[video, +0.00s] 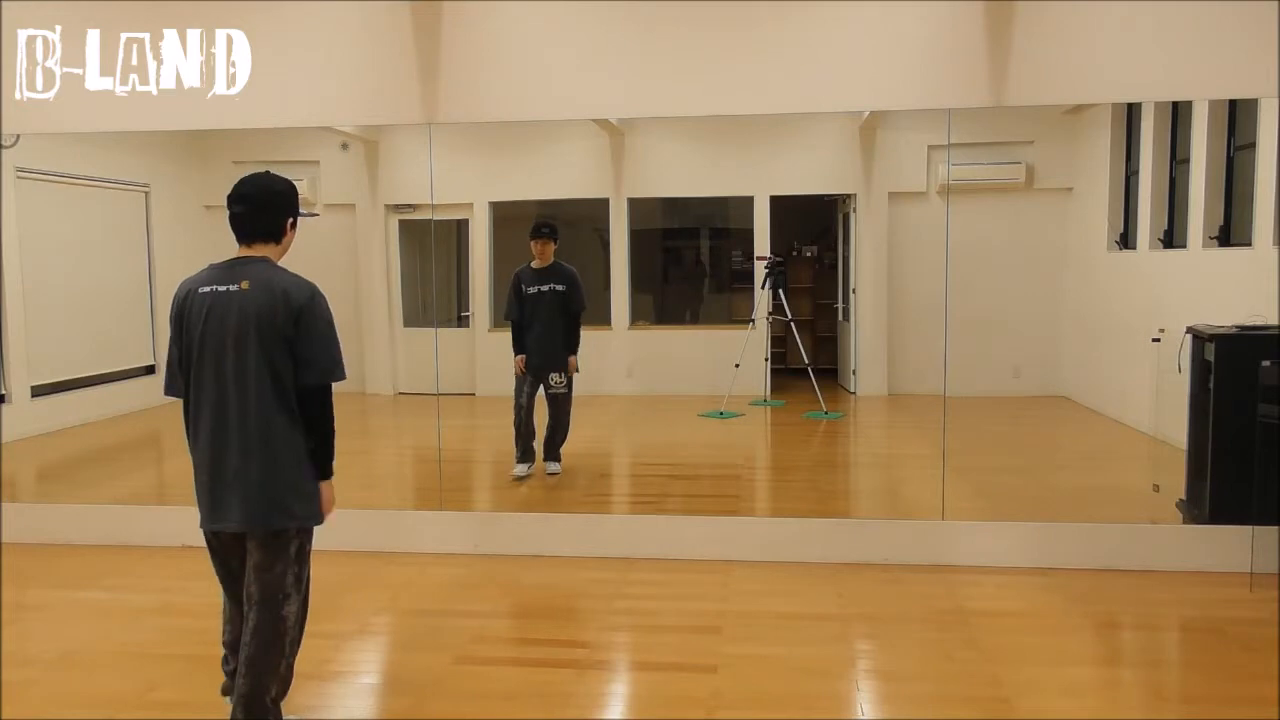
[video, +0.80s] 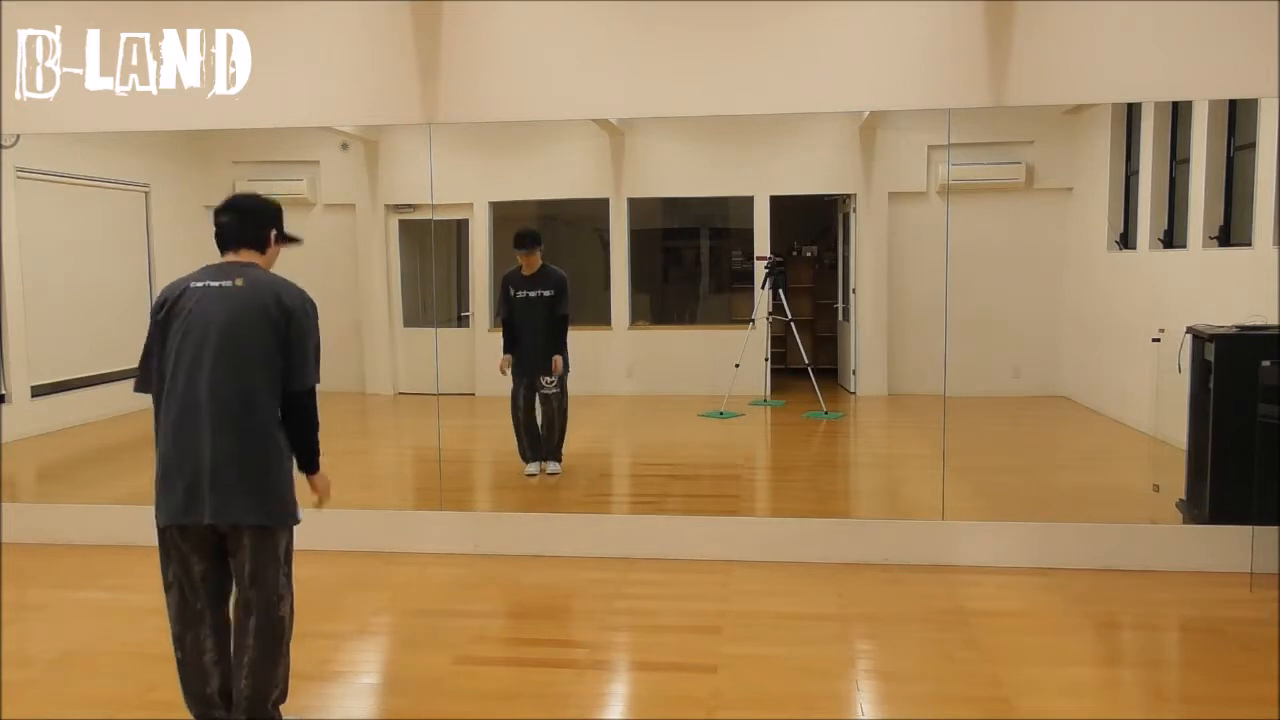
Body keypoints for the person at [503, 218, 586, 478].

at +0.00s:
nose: (540, 248)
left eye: (544, 243)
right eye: (536, 243)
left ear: (555, 245)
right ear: (531, 245)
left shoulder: (568, 275)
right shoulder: (521, 276)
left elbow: (575, 317)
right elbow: (516, 318)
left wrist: (572, 353)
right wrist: (518, 352)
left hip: (559, 354)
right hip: (529, 353)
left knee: (559, 410)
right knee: (522, 407)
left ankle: (552, 457)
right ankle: (524, 459)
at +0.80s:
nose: (524, 260)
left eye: (528, 255)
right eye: (520, 255)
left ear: (539, 251)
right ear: (515, 254)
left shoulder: (556, 278)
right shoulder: (510, 280)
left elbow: (562, 318)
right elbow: (507, 319)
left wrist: (559, 352)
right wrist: (507, 352)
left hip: (550, 355)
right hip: (522, 355)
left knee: (553, 408)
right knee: (522, 409)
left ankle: (553, 457)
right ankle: (532, 458)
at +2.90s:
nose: (513, 287)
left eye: (518, 283)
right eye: (509, 283)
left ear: (527, 274)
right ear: (503, 276)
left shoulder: (547, 283)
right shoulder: (498, 282)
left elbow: (563, 321)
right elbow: (488, 320)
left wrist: (558, 359)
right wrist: (483, 357)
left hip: (542, 360)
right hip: (512, 358)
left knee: (539, 418)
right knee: (507, 415)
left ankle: (535, 467)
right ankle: (506, 469)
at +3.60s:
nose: (544, 271)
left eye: (547, 266)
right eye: (539, 267)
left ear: (557, 261)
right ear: (533, 265)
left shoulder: (579, 281)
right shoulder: (530, 288)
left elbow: (609, 300)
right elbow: (505, 309)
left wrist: (638, 314)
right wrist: (473, 319)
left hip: (582, 359)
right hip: (551, 360)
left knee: (590, 414)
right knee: (533, 408)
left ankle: (610, 461)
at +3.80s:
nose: (554, 269)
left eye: (558, 264)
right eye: (550, 264)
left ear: (568, 259)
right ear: (544, 262)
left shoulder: (588, 283)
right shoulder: (540, 287)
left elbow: (601, 317)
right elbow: (539, 322)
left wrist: (587, 336)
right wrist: (545, 347)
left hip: (586, 359)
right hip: (557, 362)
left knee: (594, 413)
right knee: (567, 416)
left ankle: (606, 461)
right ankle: (583, 457)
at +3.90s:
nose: (560, 267)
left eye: (564, 262)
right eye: (555, 263)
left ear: (571, 256)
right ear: (547, 259)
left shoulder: (588, 276)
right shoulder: (538, 280)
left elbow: (592, 311)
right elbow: (537, 316)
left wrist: (568, 312)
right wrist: (554, 323)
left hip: (581, 347)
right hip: (554, 351)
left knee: (584, 402)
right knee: (563, 405)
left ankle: (579, 457)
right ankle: (580, 452)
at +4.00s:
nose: (561, 269)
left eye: (565, 264)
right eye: (556, 265)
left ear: (572, 258)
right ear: (547, 261)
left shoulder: (585, 274)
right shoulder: (538, 279)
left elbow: (586, 308)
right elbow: (535, 315)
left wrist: (554, 311)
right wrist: (558, 320)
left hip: (579, 352)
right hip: (551, 354)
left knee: (573, 410)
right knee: (563, 411)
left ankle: (553, 460)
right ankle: (583, 455)